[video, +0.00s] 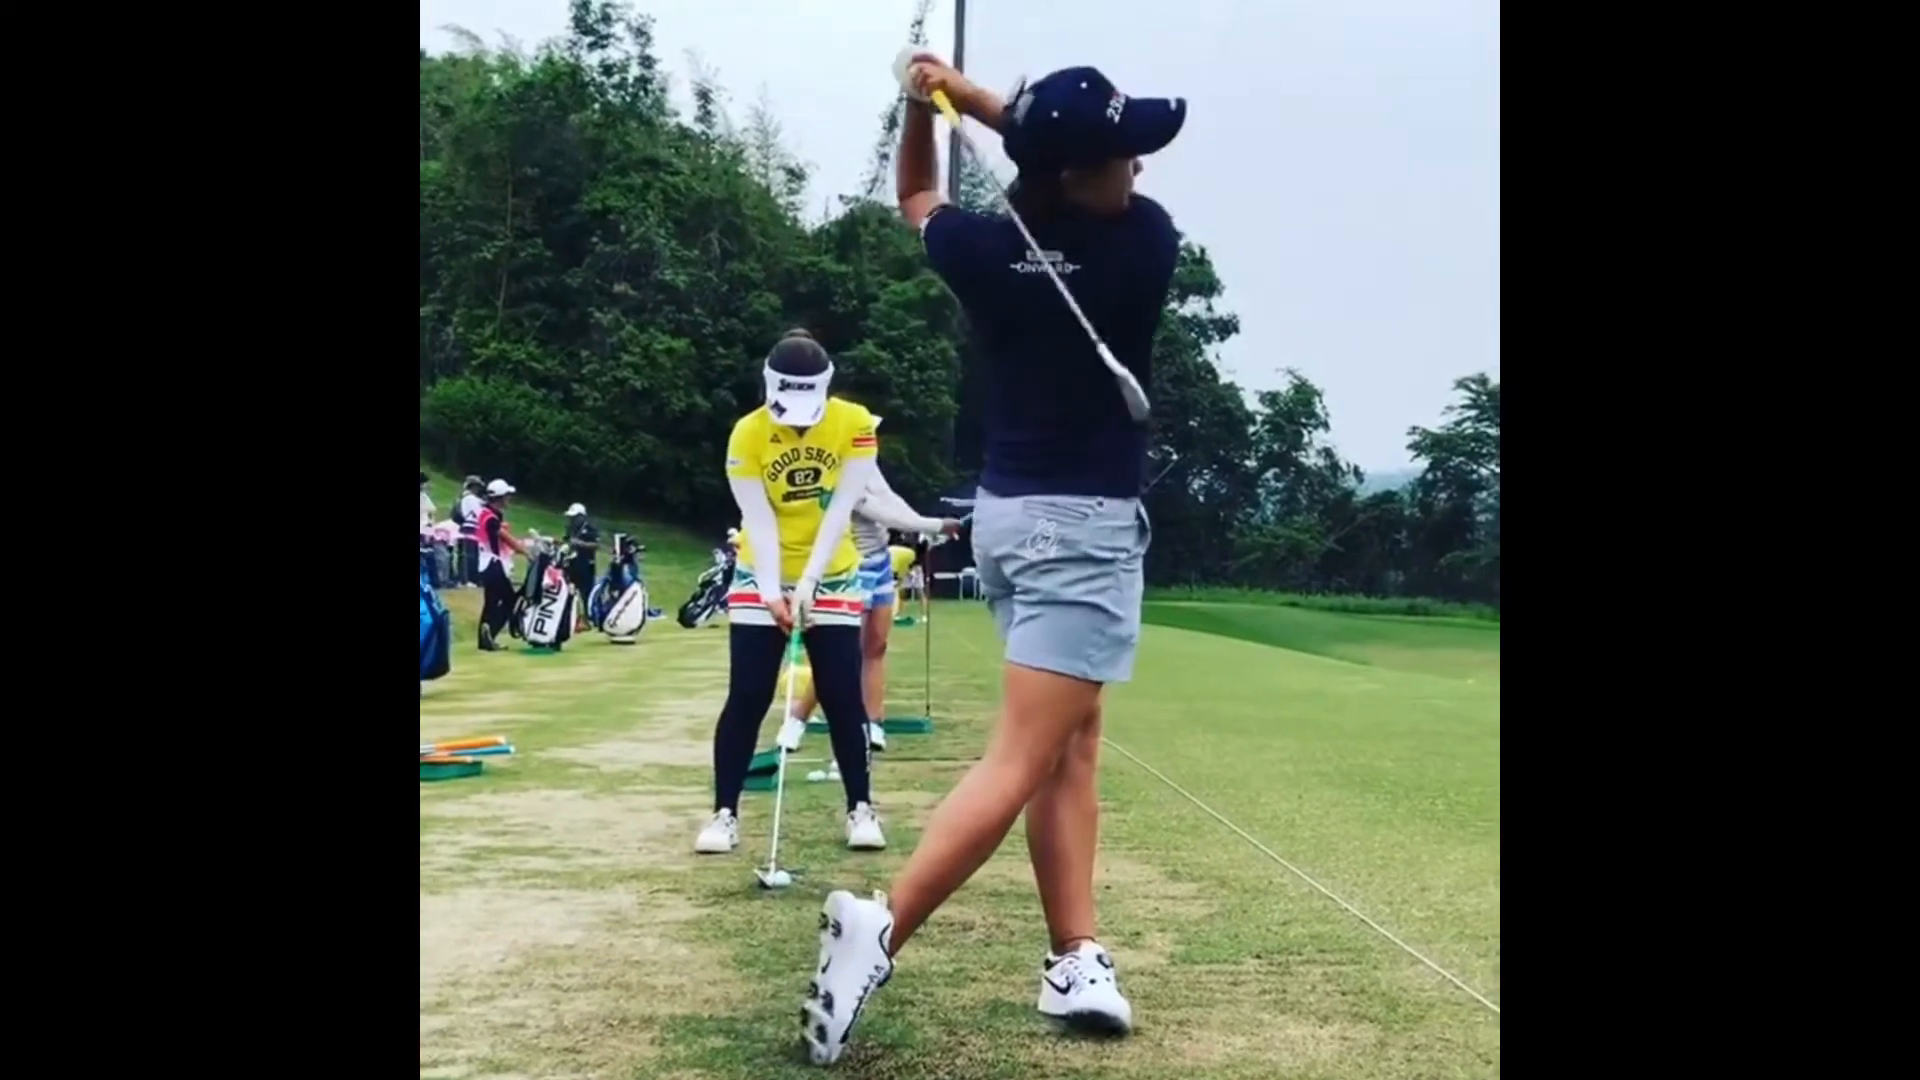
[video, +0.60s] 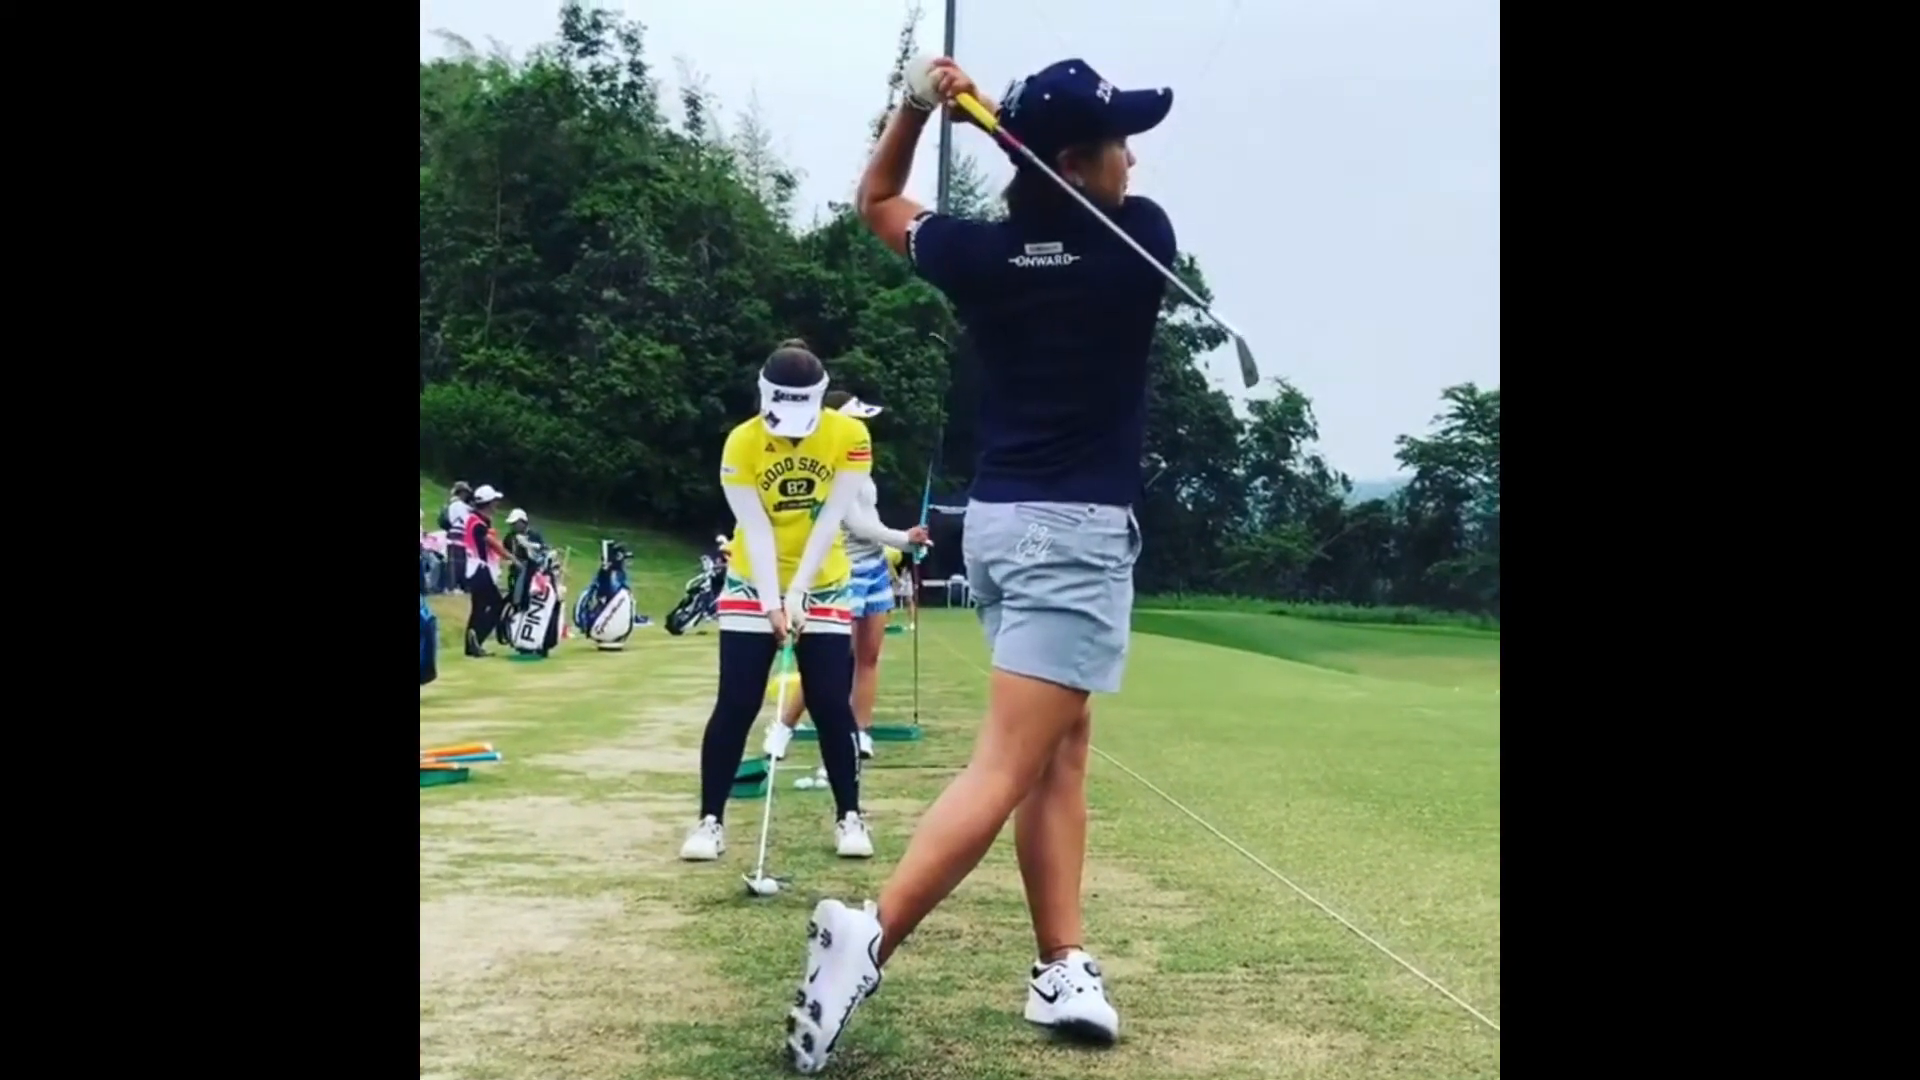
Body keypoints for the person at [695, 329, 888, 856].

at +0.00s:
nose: (795, 414)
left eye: (806, 403)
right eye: (785, 402)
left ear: (826, 387)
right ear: (770, 387)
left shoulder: (856, 424)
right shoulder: (747, 437)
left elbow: (844, 505)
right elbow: (758, 522)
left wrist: (808, 579)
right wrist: (769, 587)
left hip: (834, 576)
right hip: (759, 575)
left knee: (841, 696)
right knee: (747, 696)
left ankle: (860, 808)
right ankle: (724, 814)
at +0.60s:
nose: (789, 425)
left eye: (799, 414)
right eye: (779, 413)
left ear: (819, 398)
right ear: (764, 398)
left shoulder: (849, 434)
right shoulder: (741, 445)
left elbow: (833, 516)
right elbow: (755, 530)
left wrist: (797, 588)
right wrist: (770, 599)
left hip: (823, 587)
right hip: (750, 585)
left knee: (830, 703)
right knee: (736, 702)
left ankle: (849, 816)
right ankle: (710, 821)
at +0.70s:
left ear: (885, 348)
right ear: (833, 344)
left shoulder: (897, 400)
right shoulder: (809, 402)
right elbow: (809, 495)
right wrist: (829, 558)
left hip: (875, 567)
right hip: (813, 567)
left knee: (874, 692)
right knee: (816, 681)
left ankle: (868, 784)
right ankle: (811, 786)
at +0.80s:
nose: (844, 362)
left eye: (853, 353)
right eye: (837, 352)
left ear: (876, 352)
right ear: (828, 353)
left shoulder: (889, 402)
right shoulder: (809, 406)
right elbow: (811, 495)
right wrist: (827, 562)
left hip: (872, 559)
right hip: (814, 557)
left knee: (866, 680)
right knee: (812, 674)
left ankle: (868, 784)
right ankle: (806, 778)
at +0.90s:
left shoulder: (899, 410)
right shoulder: (806, 408)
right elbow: (809, 502)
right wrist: (816, 569)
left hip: (887, 546)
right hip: (826, 549)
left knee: (877, 682)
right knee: (805, 668)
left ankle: (872, 787)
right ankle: (789, 786)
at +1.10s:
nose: (839, 380)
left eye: (847, 365)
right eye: (826, 364)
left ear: (868, 358)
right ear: (811, 361)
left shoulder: (887, 404)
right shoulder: (791, 413)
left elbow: (898, 486)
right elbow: (797, 502)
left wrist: (870, 560)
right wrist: (813, 570)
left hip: (871, 556)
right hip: (804, 560)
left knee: (878, 689)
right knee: (792, 682)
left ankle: (875, 790)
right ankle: (770, 798)